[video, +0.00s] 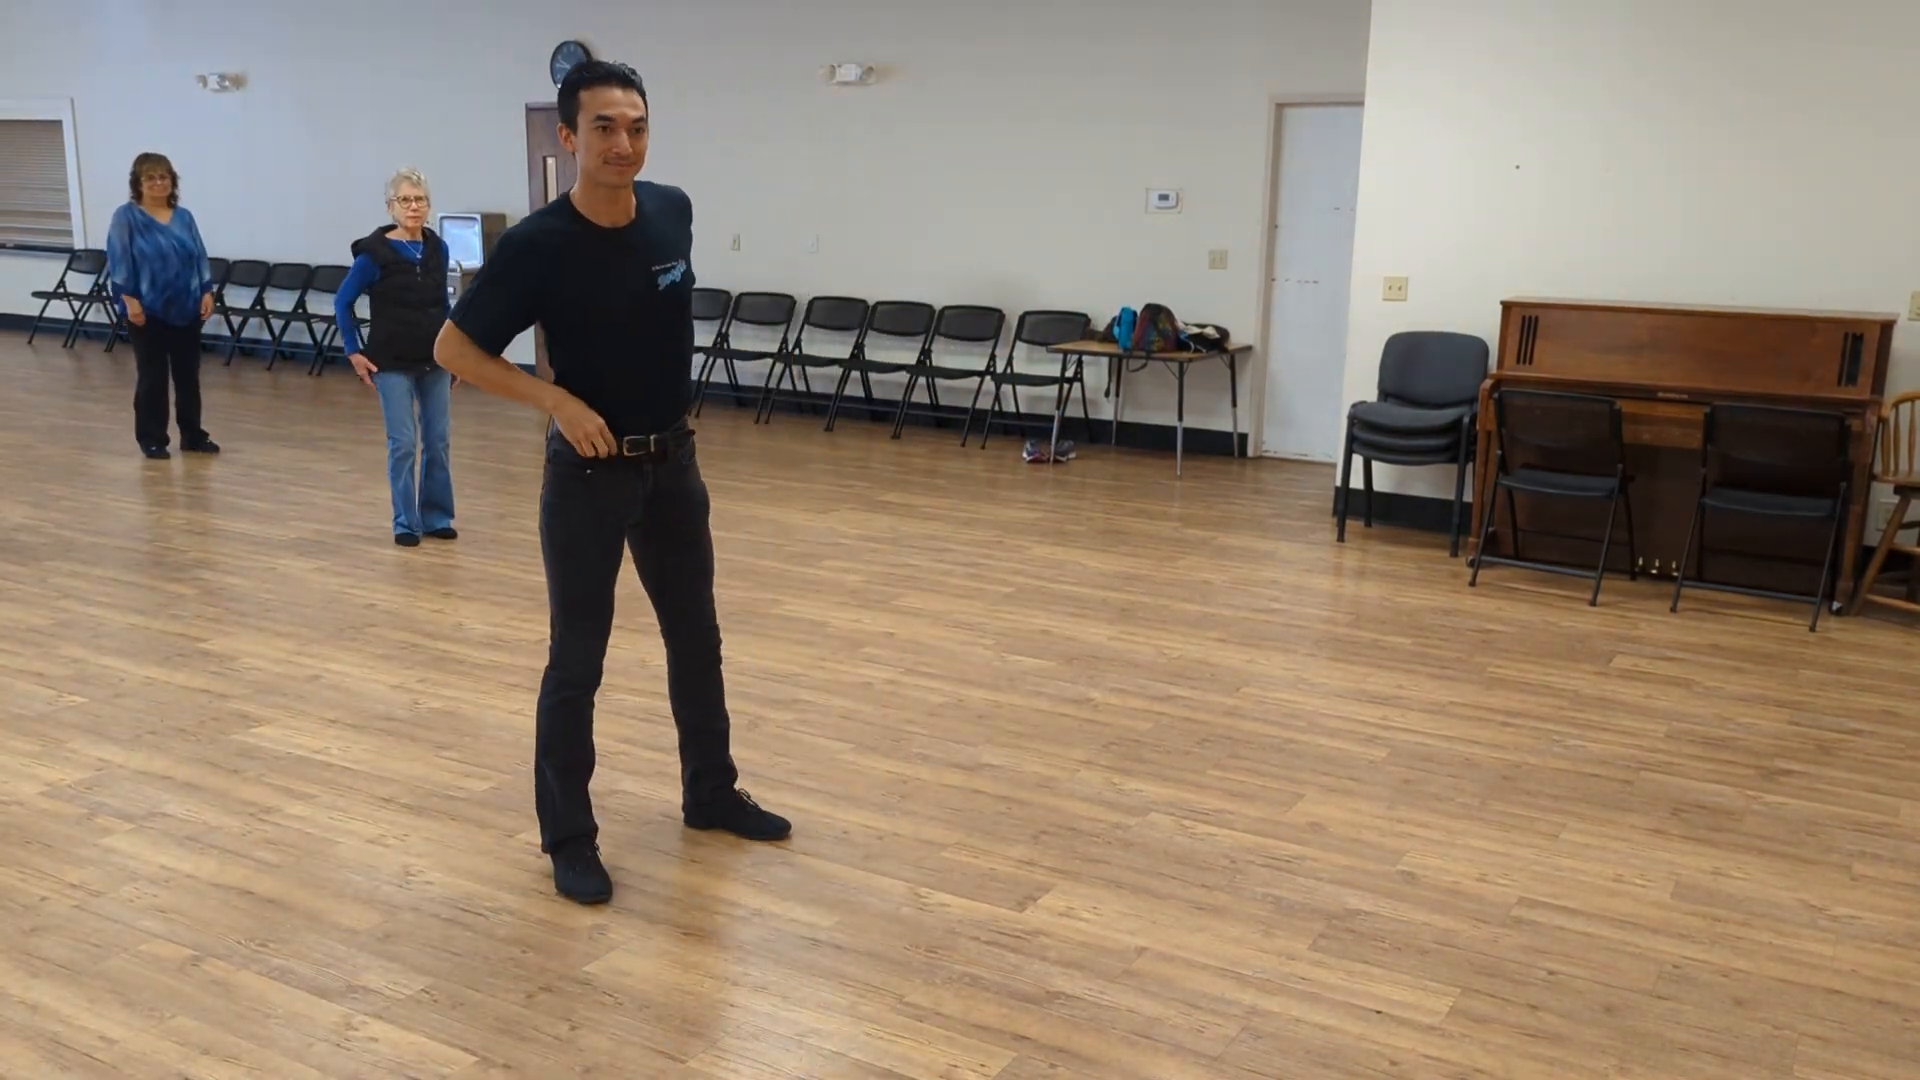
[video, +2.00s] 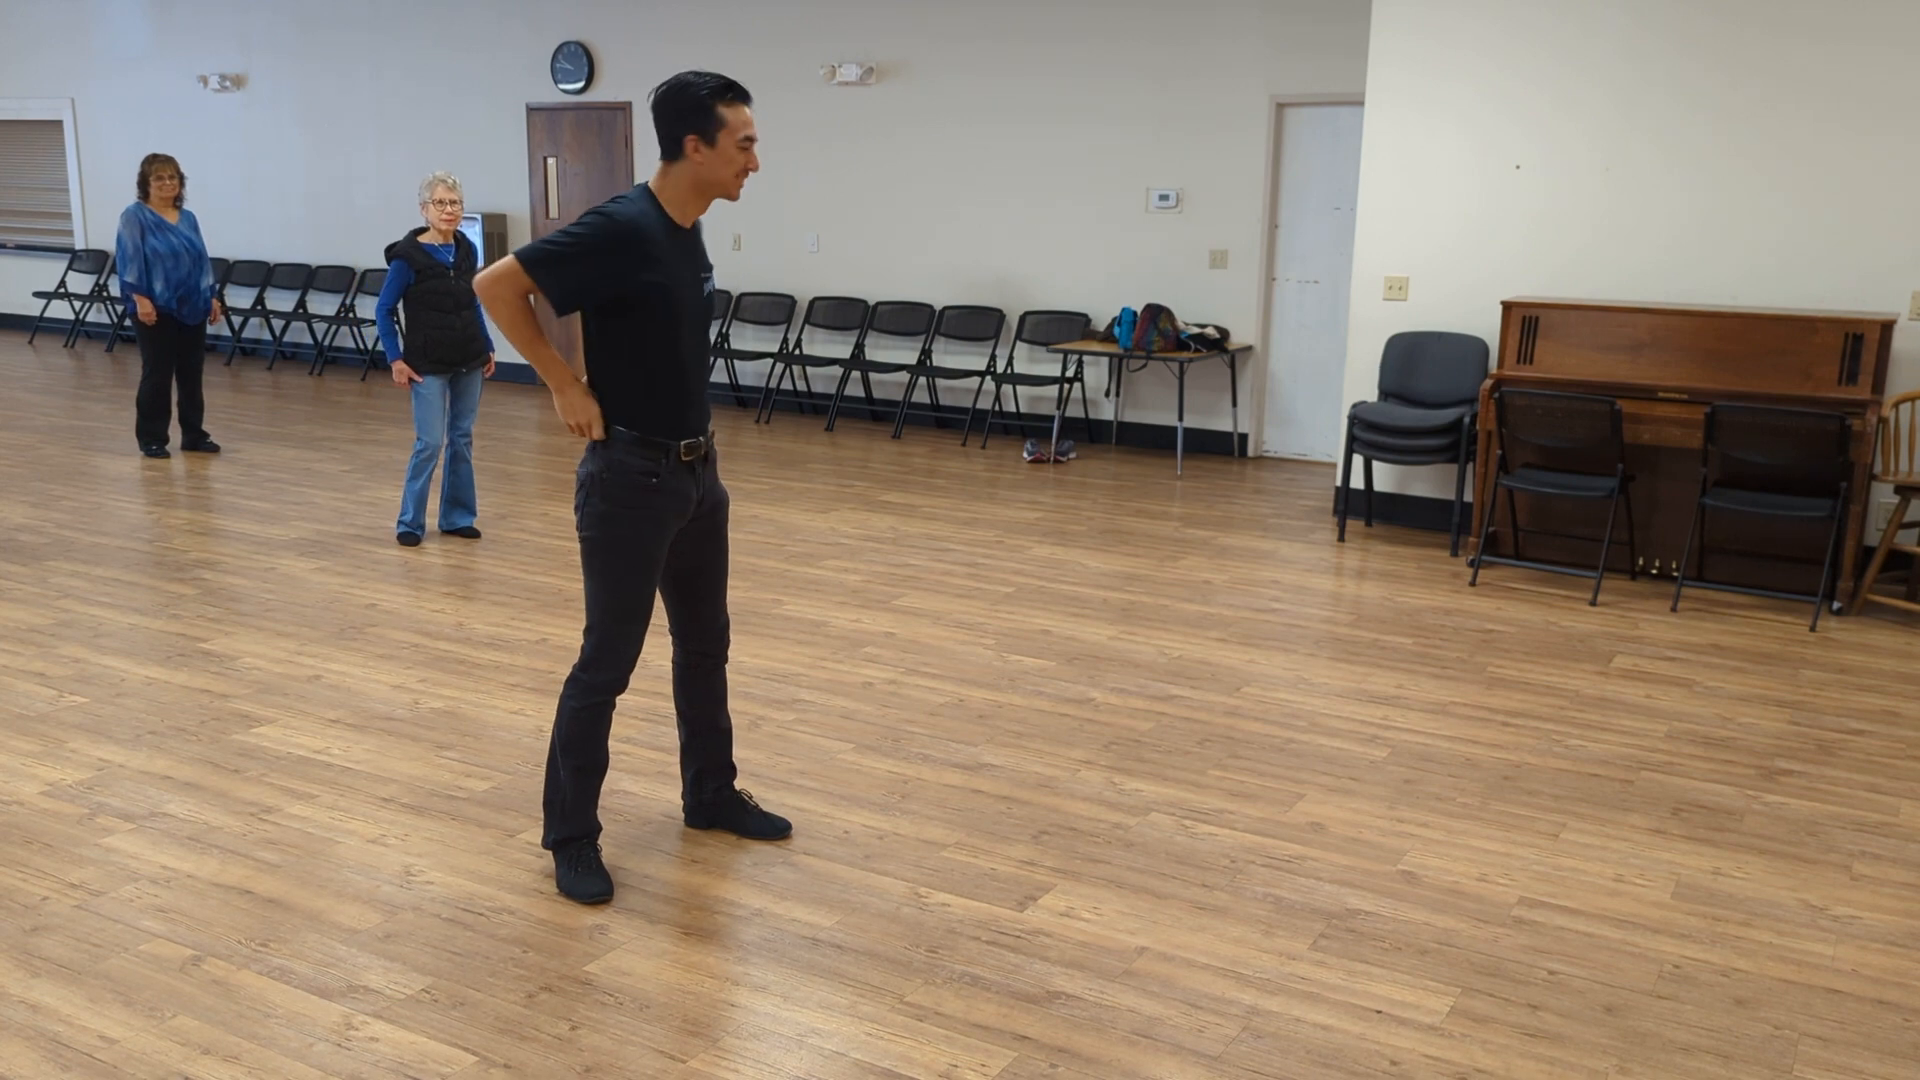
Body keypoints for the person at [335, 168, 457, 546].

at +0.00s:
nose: (413, 207)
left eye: (419, 200)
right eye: (405, 200)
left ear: (429, 205)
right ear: (392, 206)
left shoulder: (438, 249)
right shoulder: (376, 252)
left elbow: (444, 303)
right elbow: (342, 301)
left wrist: (454, 351)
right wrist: (354, 351)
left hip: (435, 359)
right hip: (390, 362)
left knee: (437, 441)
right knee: (404, 442)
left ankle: (437, 518)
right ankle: (405, 524)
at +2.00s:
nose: (449, 210)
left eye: (455, 203)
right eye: (441, 204)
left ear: (462, 208)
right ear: (425, 209)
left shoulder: (467, 250)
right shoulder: (409, 254)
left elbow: (473, 303)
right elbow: (384, 309)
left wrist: (487, 346)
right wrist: (395, 358)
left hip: (470, 360)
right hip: (427, 363)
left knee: (462, 440)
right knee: (430, 444)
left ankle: (457, 518)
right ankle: (410, 524)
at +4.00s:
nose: (433, 206)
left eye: (439, 199)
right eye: (424, 200)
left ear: (445, 203)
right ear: (406, 205)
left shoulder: (448, 246)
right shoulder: (393, 252)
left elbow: (451, 304)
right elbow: (367, 309)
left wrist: (471, 348)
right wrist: (382, 359)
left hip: (454, 357)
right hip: (411, 360)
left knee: (457, 441)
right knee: (411, 446)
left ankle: (464, 521)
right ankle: (411, 526)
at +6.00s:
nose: (453, 228)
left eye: (456, 221)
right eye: (450, 219)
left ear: (432, 214)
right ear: (424, 209)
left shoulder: (431, 251)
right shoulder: (386, 252)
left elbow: (429, 316)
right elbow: (360, 312)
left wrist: (455, 356)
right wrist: (364, 364)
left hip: (429, 363)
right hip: (391, 366)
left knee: (444, 443)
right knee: (394, 449)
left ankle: (458, 522)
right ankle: (397, 531)